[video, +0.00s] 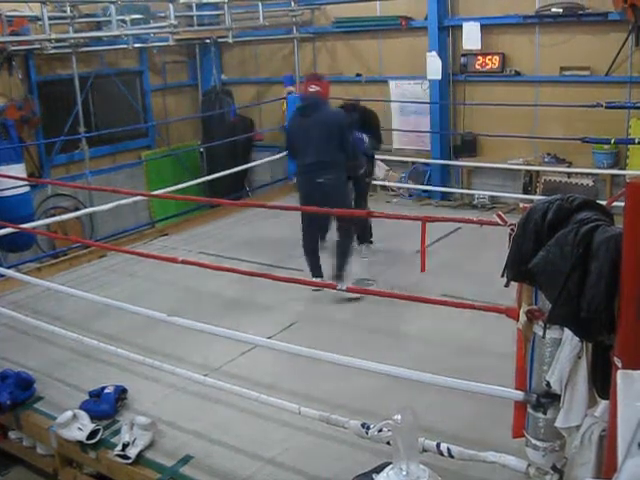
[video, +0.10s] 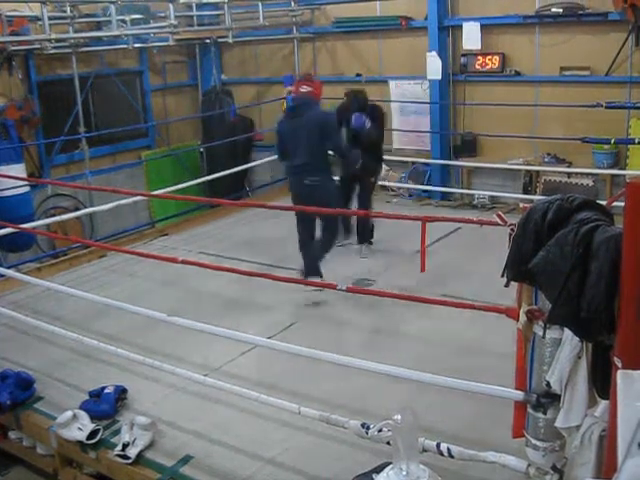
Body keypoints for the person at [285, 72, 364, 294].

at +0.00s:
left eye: (307, 92)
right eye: (324, 92)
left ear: (303, 94)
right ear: (325, 94)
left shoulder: (295, 121)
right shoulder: (338, 117)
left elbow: (292, 151)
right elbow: (349, 149)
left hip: (308, 180)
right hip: (335, 179)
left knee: (310, 227)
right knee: (345, 223)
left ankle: (316, 275)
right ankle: (339, 274)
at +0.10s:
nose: (319, 98)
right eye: (318, 94)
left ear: (294, 96)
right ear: (316, 95)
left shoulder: (285, 122)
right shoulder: (324, 118)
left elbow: (282, 154)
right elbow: (337, 146)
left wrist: (301, 153)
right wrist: (349, 160)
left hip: (297, 180)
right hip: (321, 179)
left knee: (305, 225)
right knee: (331, 226)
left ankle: (311, 270)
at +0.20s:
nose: (315, 94)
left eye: (314, 90)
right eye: (313, 90)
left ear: (289, 92)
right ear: (308, 92)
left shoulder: (278, 121)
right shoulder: (312, 117)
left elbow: (275, 155)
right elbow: (330, 149)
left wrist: (297, 150)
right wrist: (351, 149)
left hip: (288, 183)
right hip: (310, 183)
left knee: (300, 234)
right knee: (314, 234)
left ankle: (317, 278)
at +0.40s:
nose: (300, 103)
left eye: (299, 98)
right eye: (297, 98)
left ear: (277, 98)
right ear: (290, 99)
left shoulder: (266, 120)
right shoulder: (287, 124)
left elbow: (285, 149)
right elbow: (303, 156)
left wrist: (307, 142)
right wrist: (318, 148)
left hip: (269, 188)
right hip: (282, 190)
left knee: (293, 235)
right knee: (281, 240)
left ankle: (314, 277)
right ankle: (244, 281)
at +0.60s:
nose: (285, 110)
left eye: (284, 105)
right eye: (281, 105)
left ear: (265, 106)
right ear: (272, 107)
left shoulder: (255, 128)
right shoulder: (262, 134)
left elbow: (262, 161)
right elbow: (276, 168)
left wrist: (284, 151)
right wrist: (296, 156)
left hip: (257, 194)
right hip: (257, 197)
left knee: (289, 225)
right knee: (258, 247)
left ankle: (300, 273)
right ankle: (230, 293)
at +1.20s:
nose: (281, 112)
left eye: (283, 108)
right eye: (278, 107)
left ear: (279, 108)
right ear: (268, 106)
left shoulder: (267, 124)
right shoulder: (251, 124)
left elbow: (279, 144)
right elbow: (273, 147)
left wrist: (295, 129)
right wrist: (293, 134)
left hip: (248, 181)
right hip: (230, 181)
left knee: (267, 222)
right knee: (235, 230)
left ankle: (268, 270)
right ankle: (220, 277)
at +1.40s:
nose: (264, 106)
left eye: (265, 102)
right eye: (260, 101)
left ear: (265, 103)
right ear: (249, 101)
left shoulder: (259, 121)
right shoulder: (237, 122)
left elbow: (276, 138)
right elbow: (254, 143)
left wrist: (283, 112)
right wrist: (268, 130)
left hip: (245, 179)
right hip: (226, 180)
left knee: (262, 222)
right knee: (223, 227)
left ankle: (269, 268)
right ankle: (207, 265)